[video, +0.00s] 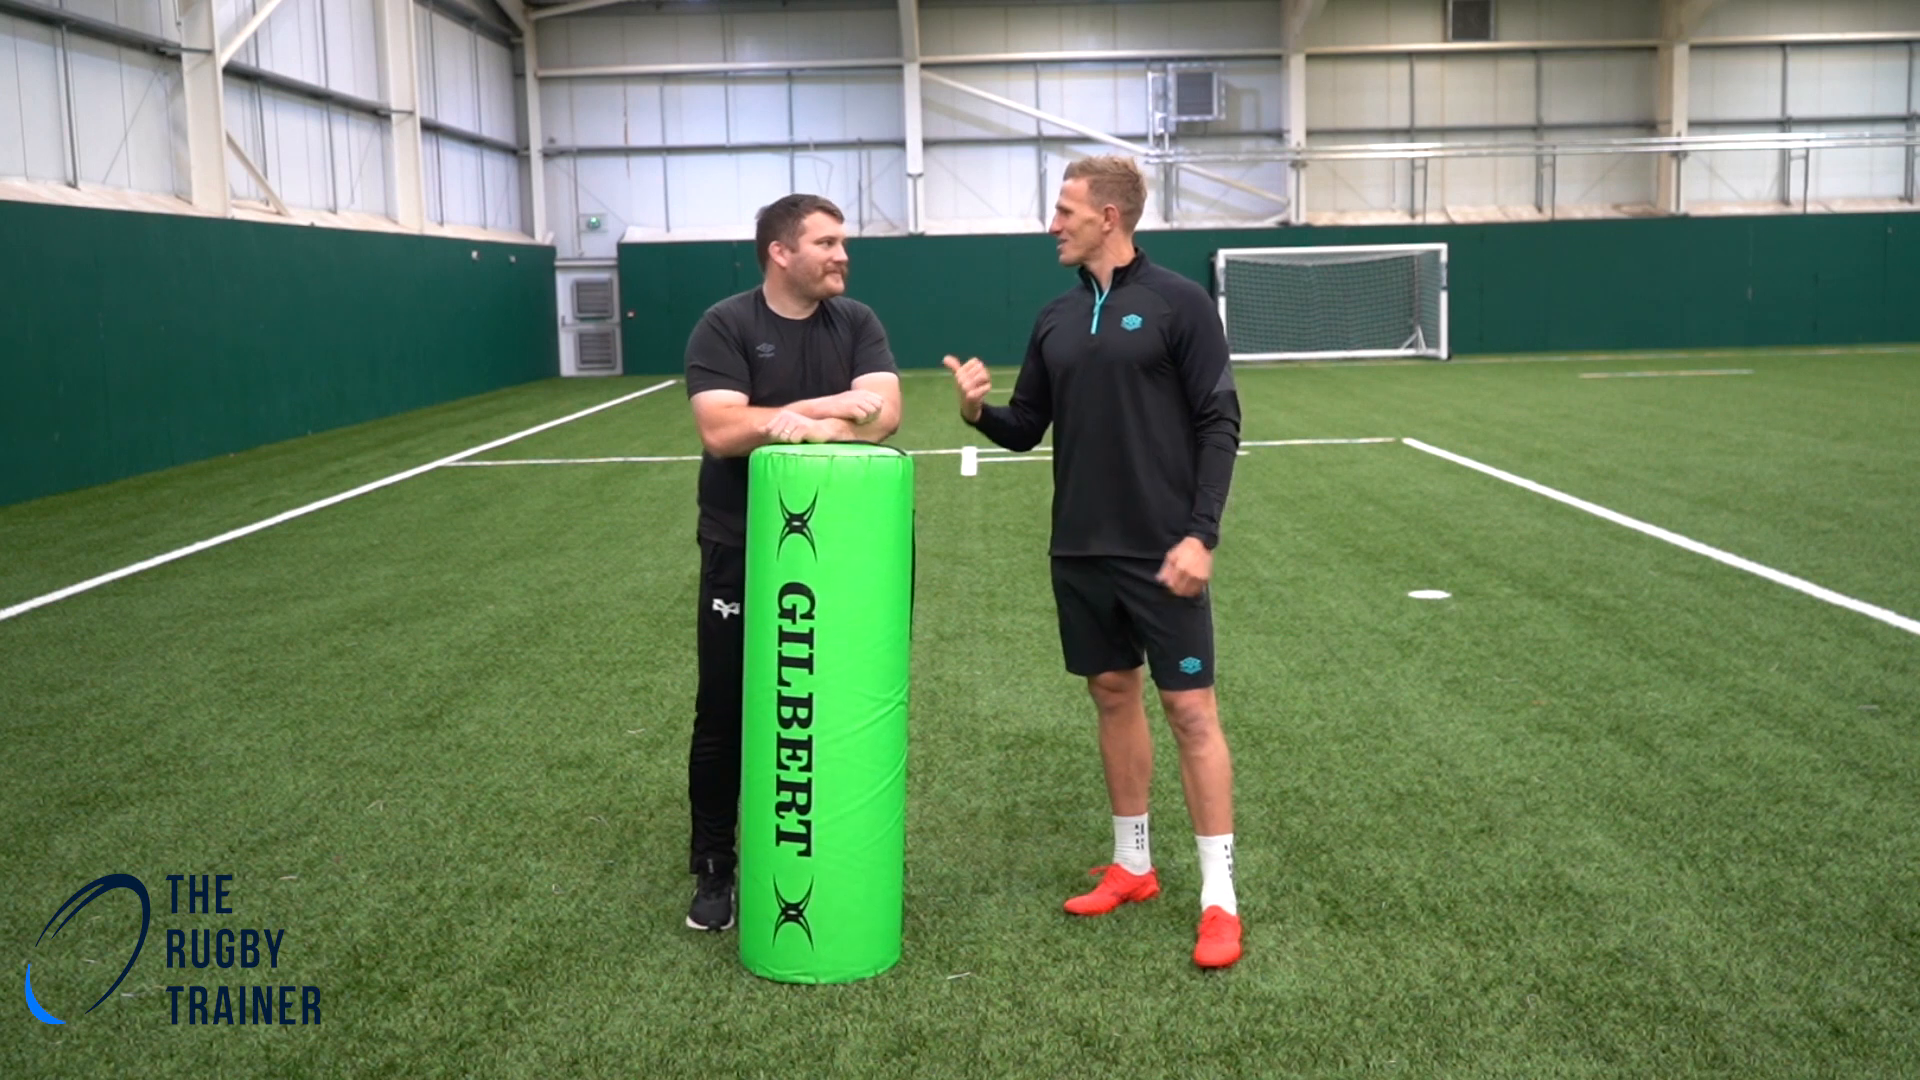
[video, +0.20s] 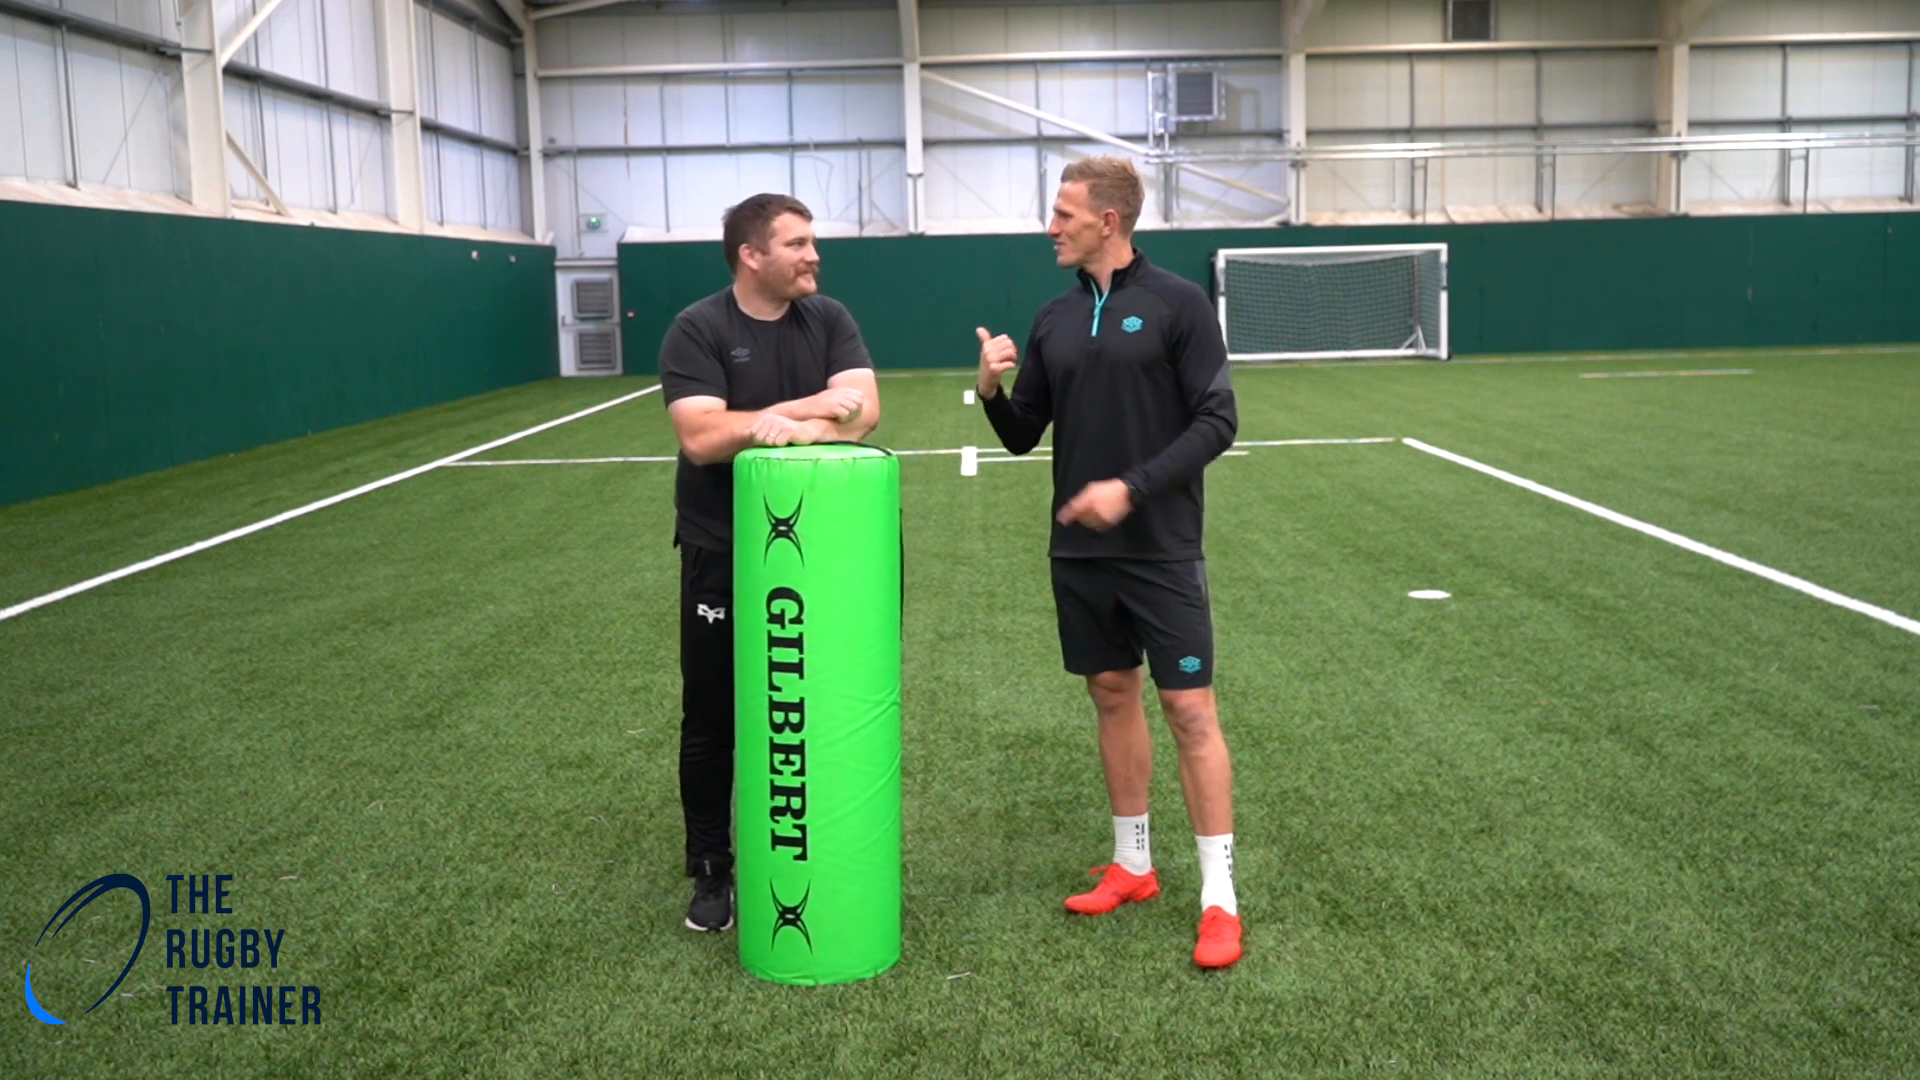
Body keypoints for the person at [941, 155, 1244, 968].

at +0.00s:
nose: (1053, 222)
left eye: (1066, 212)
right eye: (1056, 210)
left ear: (1111, 219)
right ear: (1092, 218)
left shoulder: (1181, 305)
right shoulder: (1056, 319)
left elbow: (1220, 426)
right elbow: (1024, 430)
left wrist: (1201, 534)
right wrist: (981, 407)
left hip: (1164, 547)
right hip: (1082, 547)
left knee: (1190, 709)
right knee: (1112, 694)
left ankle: (1218, 895)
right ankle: (1133, 866)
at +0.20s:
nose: (1050, 227)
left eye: (1063, 215)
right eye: (1053, 213)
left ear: (1111, 223)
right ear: (1095, 223)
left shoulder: (1179, 304)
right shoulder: (1053, 318)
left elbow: (1217, 422)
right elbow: (1022, 435)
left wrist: (1131, 487)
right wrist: (994, 392)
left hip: (1163, 549)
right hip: (1080, 547)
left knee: (1189, 709)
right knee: (1112, 693)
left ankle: (1218, 897)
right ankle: (1133, 866)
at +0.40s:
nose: (1057, 226)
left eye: (1070, 215)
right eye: (1060, 212)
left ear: (1117, 223)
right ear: (1099, 221)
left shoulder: (1182, 304)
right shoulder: (1055, 317)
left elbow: (1186, 422)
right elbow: (1019, 437)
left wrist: (1068, 411)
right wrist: (1005, 397)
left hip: (1162, 544)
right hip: (1081, 544)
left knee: (1191, 710)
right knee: (1110, 695)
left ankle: (1220, 897)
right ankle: (1132, 867)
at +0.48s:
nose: (1060, 224)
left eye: (1074, 213)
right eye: (1062, 211)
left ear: (1120, 222)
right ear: (1100, 221)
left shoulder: (1183, 304)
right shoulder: (1057, 315)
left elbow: (1182, 419)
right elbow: (1020, 437)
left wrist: (1067, 411)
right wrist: (1005, 403)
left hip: (1161, 544)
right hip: (1081, 543)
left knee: (1190, 709)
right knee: (1110, 694)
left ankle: (1220, 896)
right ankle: (1132, 867)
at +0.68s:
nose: (1061, 223)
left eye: (1075, 212)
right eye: (1063, 210)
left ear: (1121, 222)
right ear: (1100, 219)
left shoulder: (1182, 304)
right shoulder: (1055, 315)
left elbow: (1189, 420)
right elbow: (1021, 437)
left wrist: (1077, 421)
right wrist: (1012, 412)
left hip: (1158, 545)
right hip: (1079, 545)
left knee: (1189, 709)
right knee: (1109, 694)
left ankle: (1220, 897)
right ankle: (1132, 867)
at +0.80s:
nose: (1060, 224)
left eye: (1073, 213)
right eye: (1062, 210)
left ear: (1120, 222)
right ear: (1098, 220)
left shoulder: (1181, 305)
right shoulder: (1054, 316)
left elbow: (1189, 422)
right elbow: (1022, 437)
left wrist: (1074, 422)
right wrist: (1014, 415)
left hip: (1158, 547)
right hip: (1079, 546)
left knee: (1189, 709)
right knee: (1109, 694)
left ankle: (1220, 896)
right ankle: (1132, 867)